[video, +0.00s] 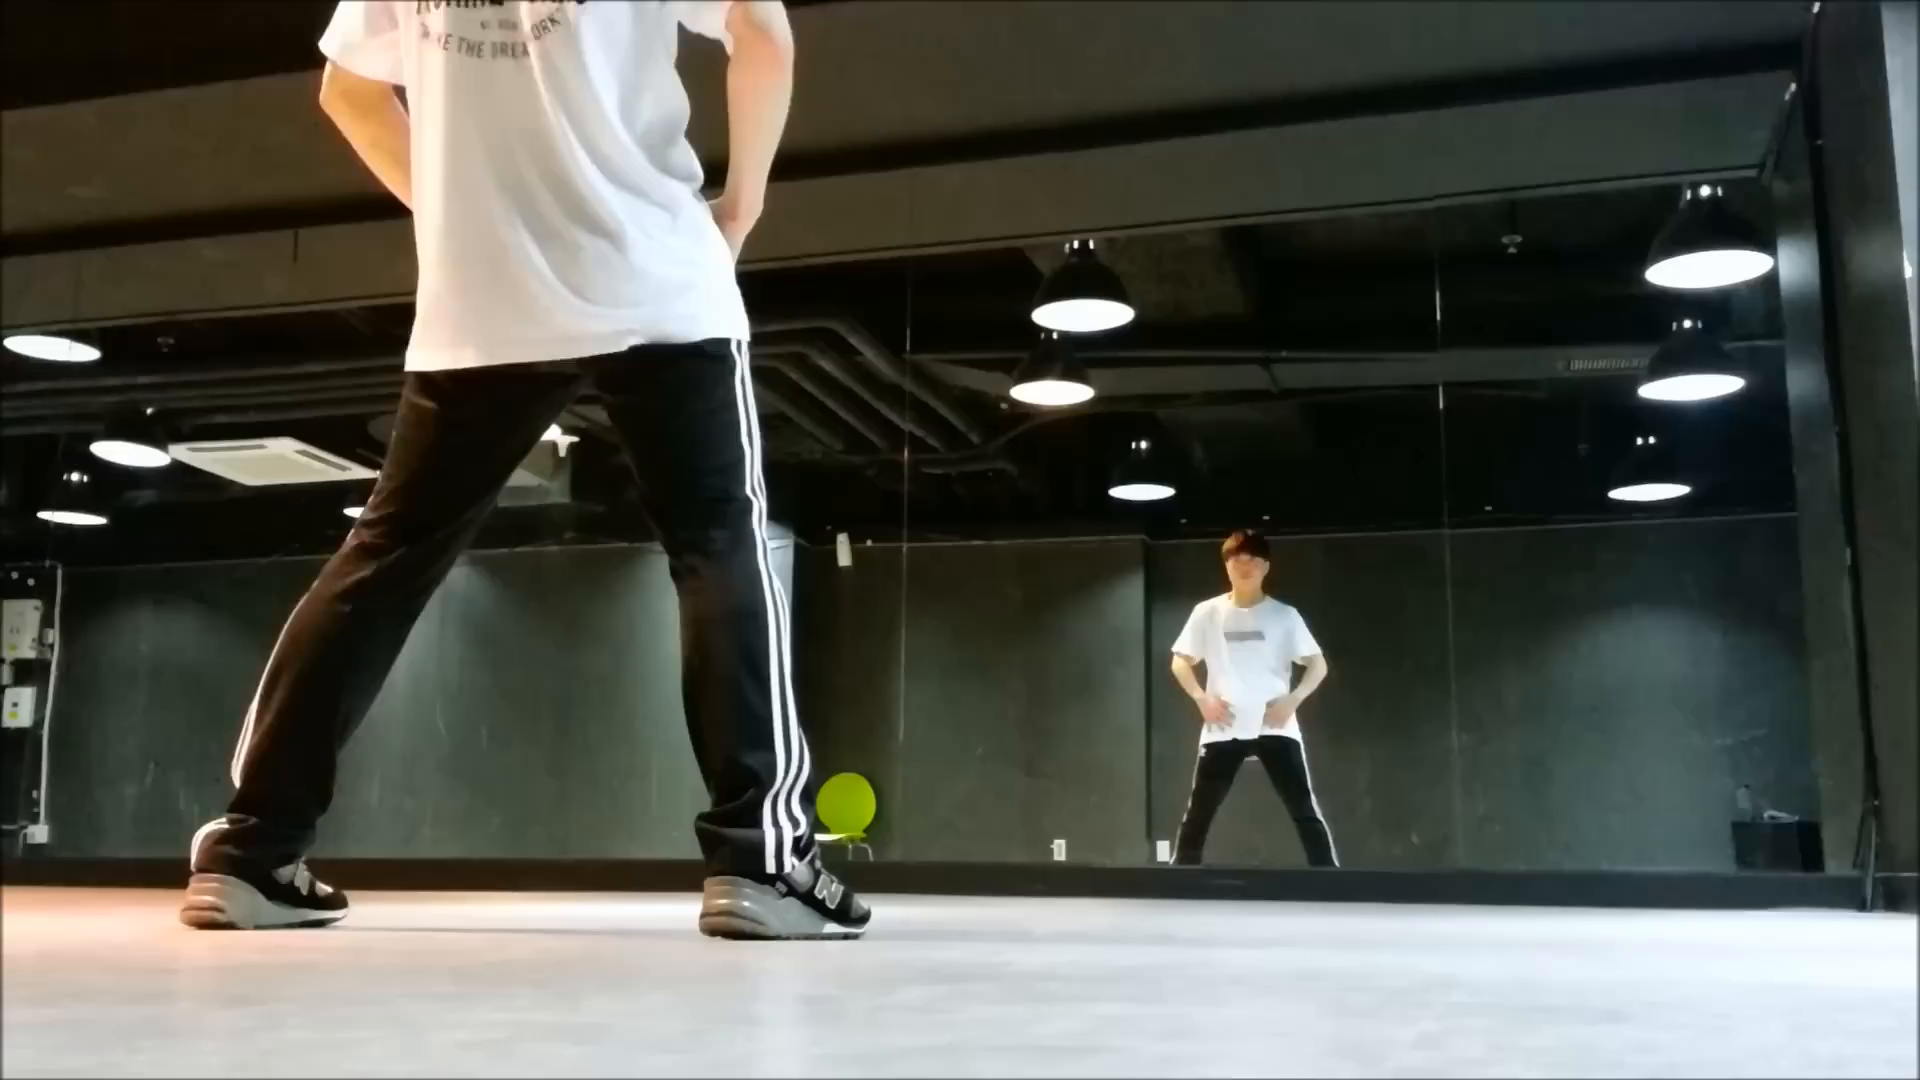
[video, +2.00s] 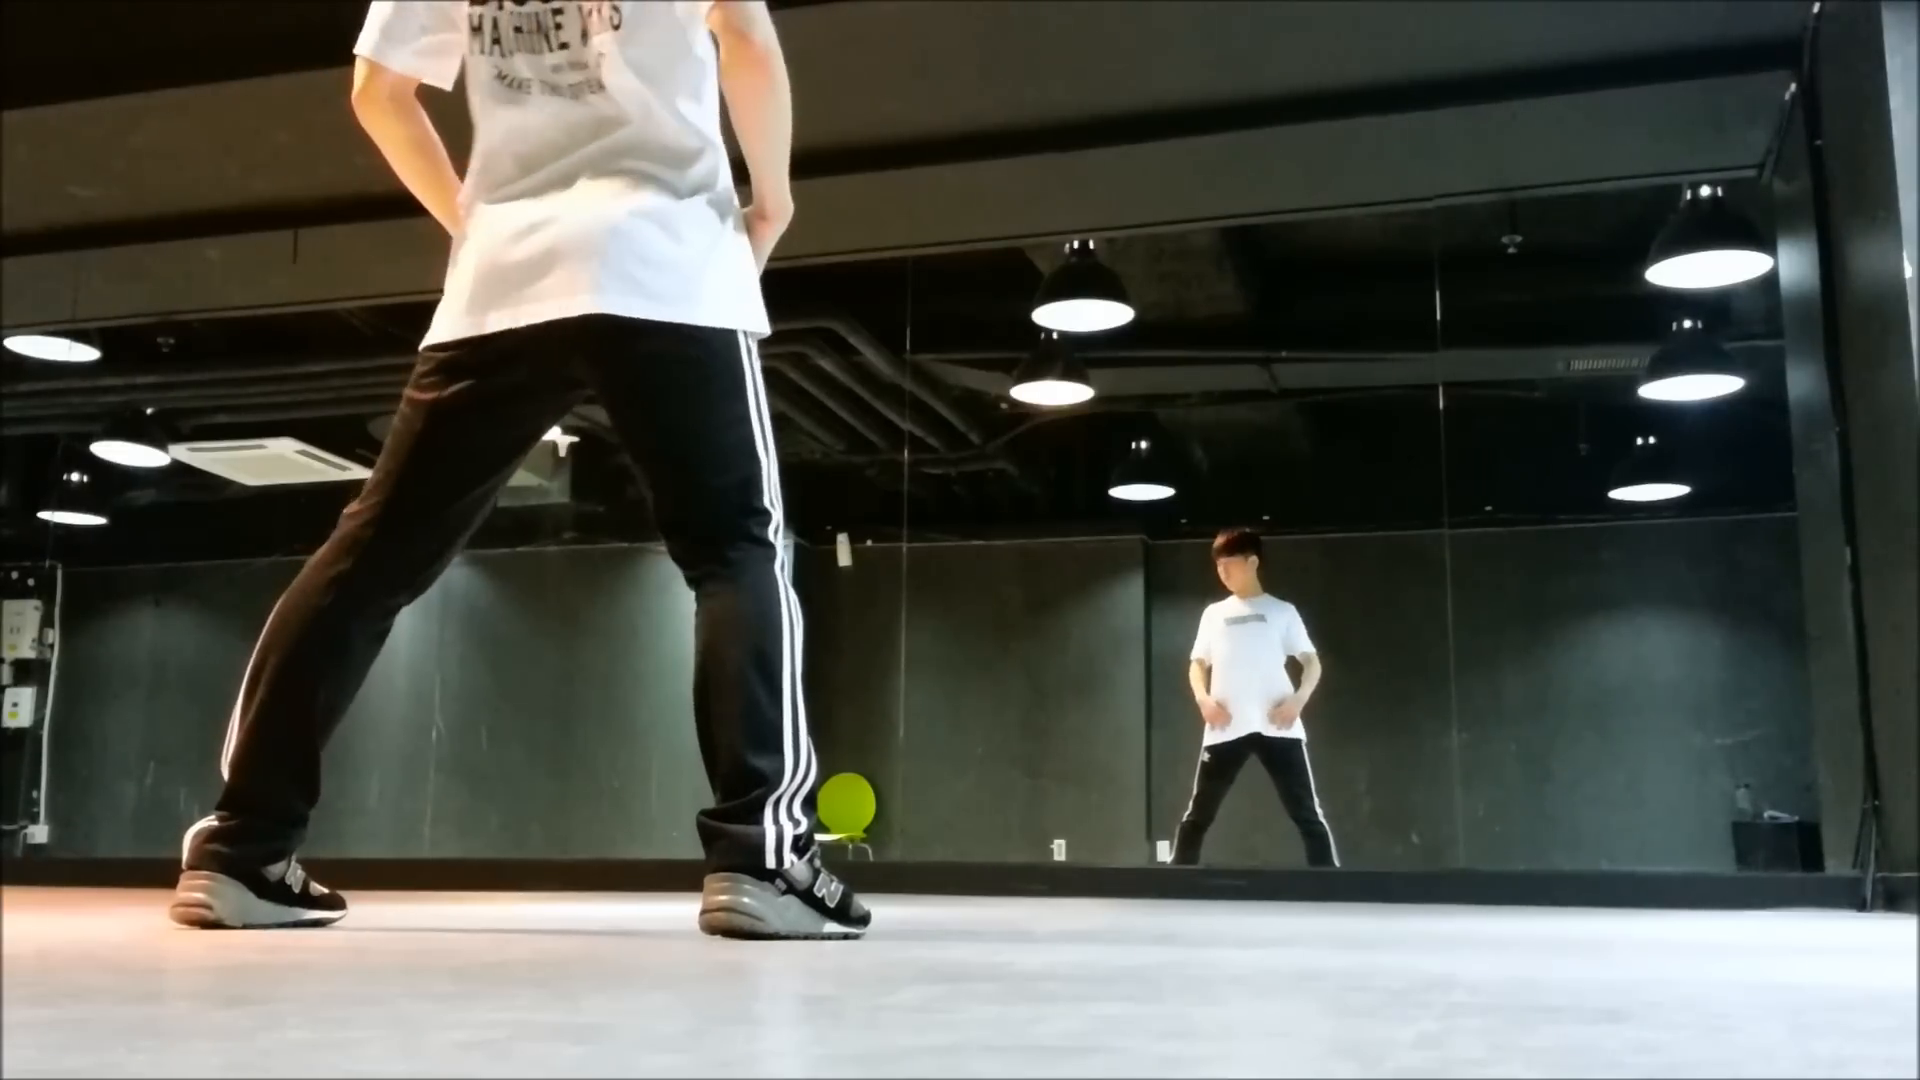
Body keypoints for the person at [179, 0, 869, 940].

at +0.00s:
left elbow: (348, 88)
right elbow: (763, 35)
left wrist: (455, 206)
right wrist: (743, 193)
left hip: (480, 268)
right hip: (651, 263)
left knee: (388, 552)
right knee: (723, 549)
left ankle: (248, 845)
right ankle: (762, 856)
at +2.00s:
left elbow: (381, 88)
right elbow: (744, 33)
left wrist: (472, 221)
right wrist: (771, 195)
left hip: (503, 260)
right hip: (665, 256)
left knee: (373, 553)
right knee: (737, 556)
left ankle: (239, 844)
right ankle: (762, 853)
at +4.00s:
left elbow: (353, 75)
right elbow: (773, 28)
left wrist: (466, 201)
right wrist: (758, 196)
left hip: (490, 270)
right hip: (658, 266)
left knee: (383, 550)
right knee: (722, 549)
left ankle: (242, 843)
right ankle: (760, 854)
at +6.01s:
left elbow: (342, 89)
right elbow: (790, 21)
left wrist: (451, 220)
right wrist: (761, 193)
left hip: (500, 289)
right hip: (668, 275)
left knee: (402, 567)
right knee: (791, 534)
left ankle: (313, 839)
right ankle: (724, 844)